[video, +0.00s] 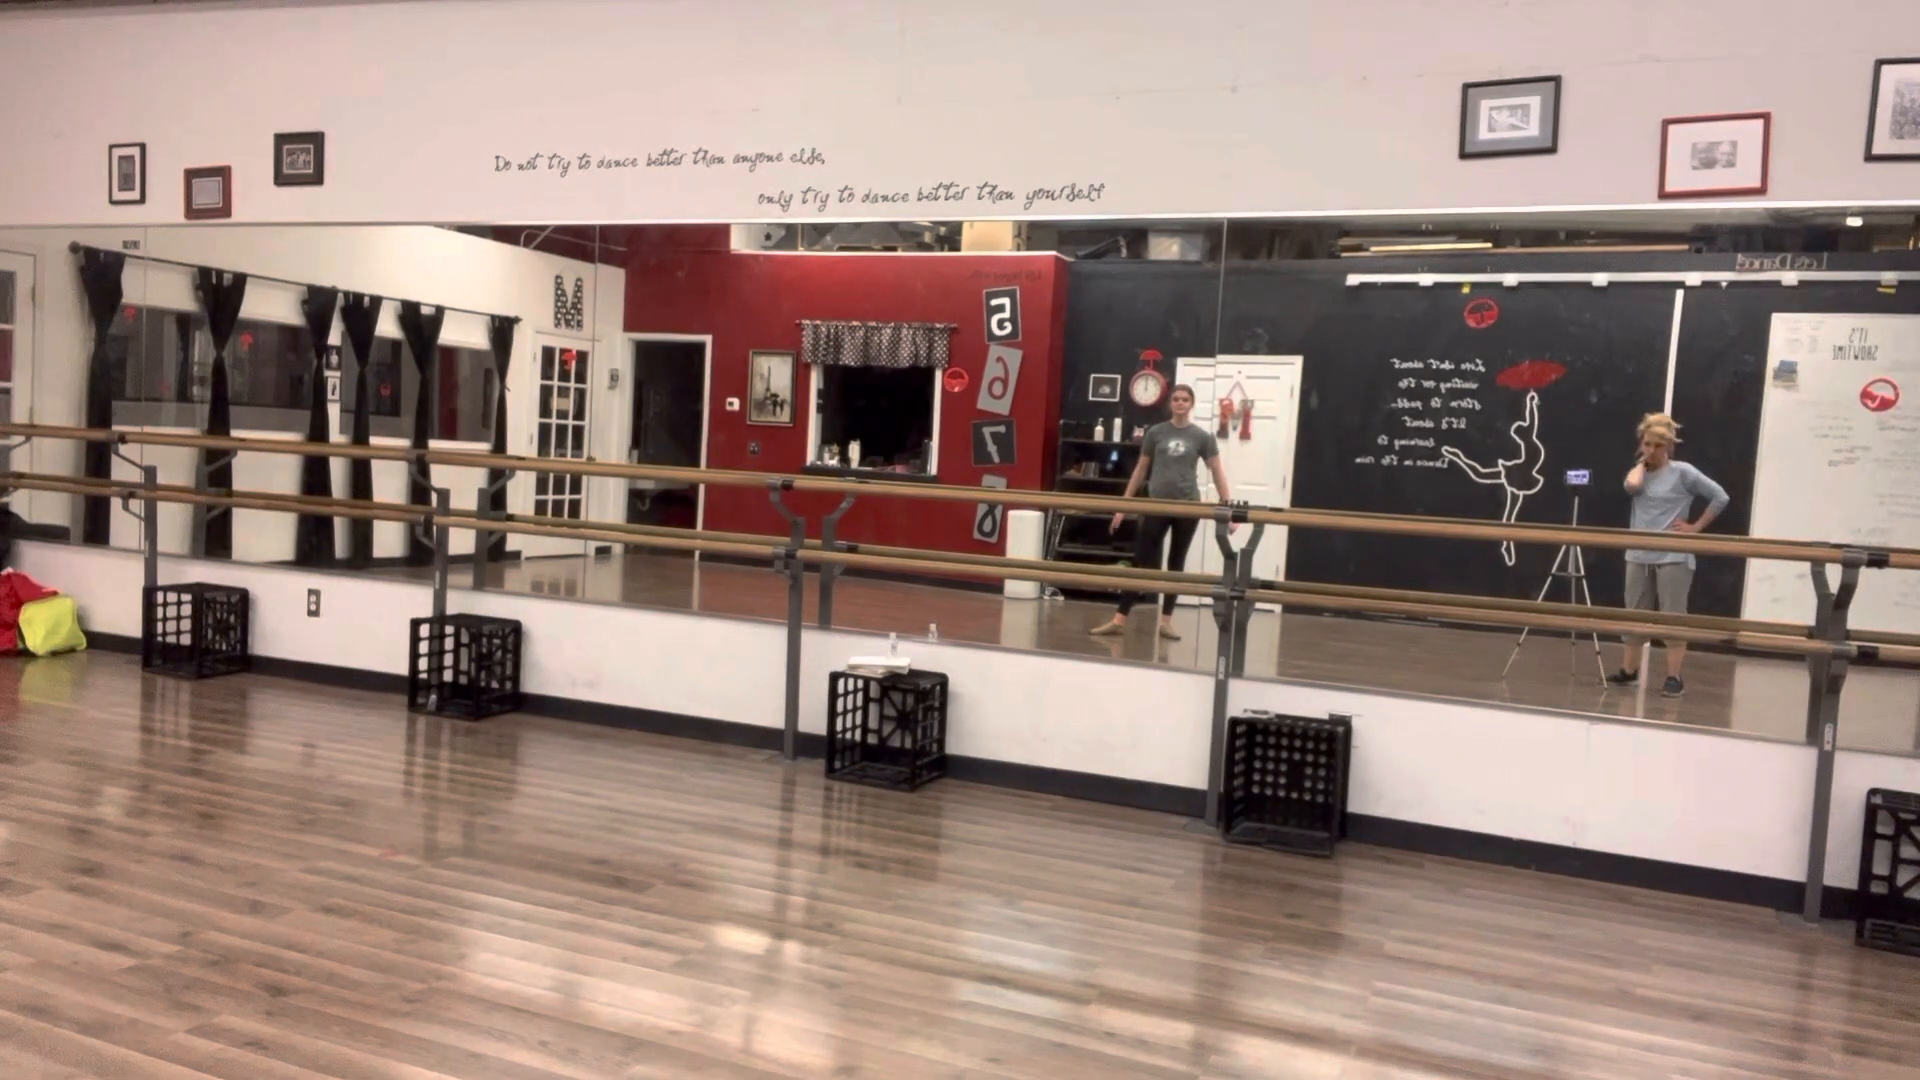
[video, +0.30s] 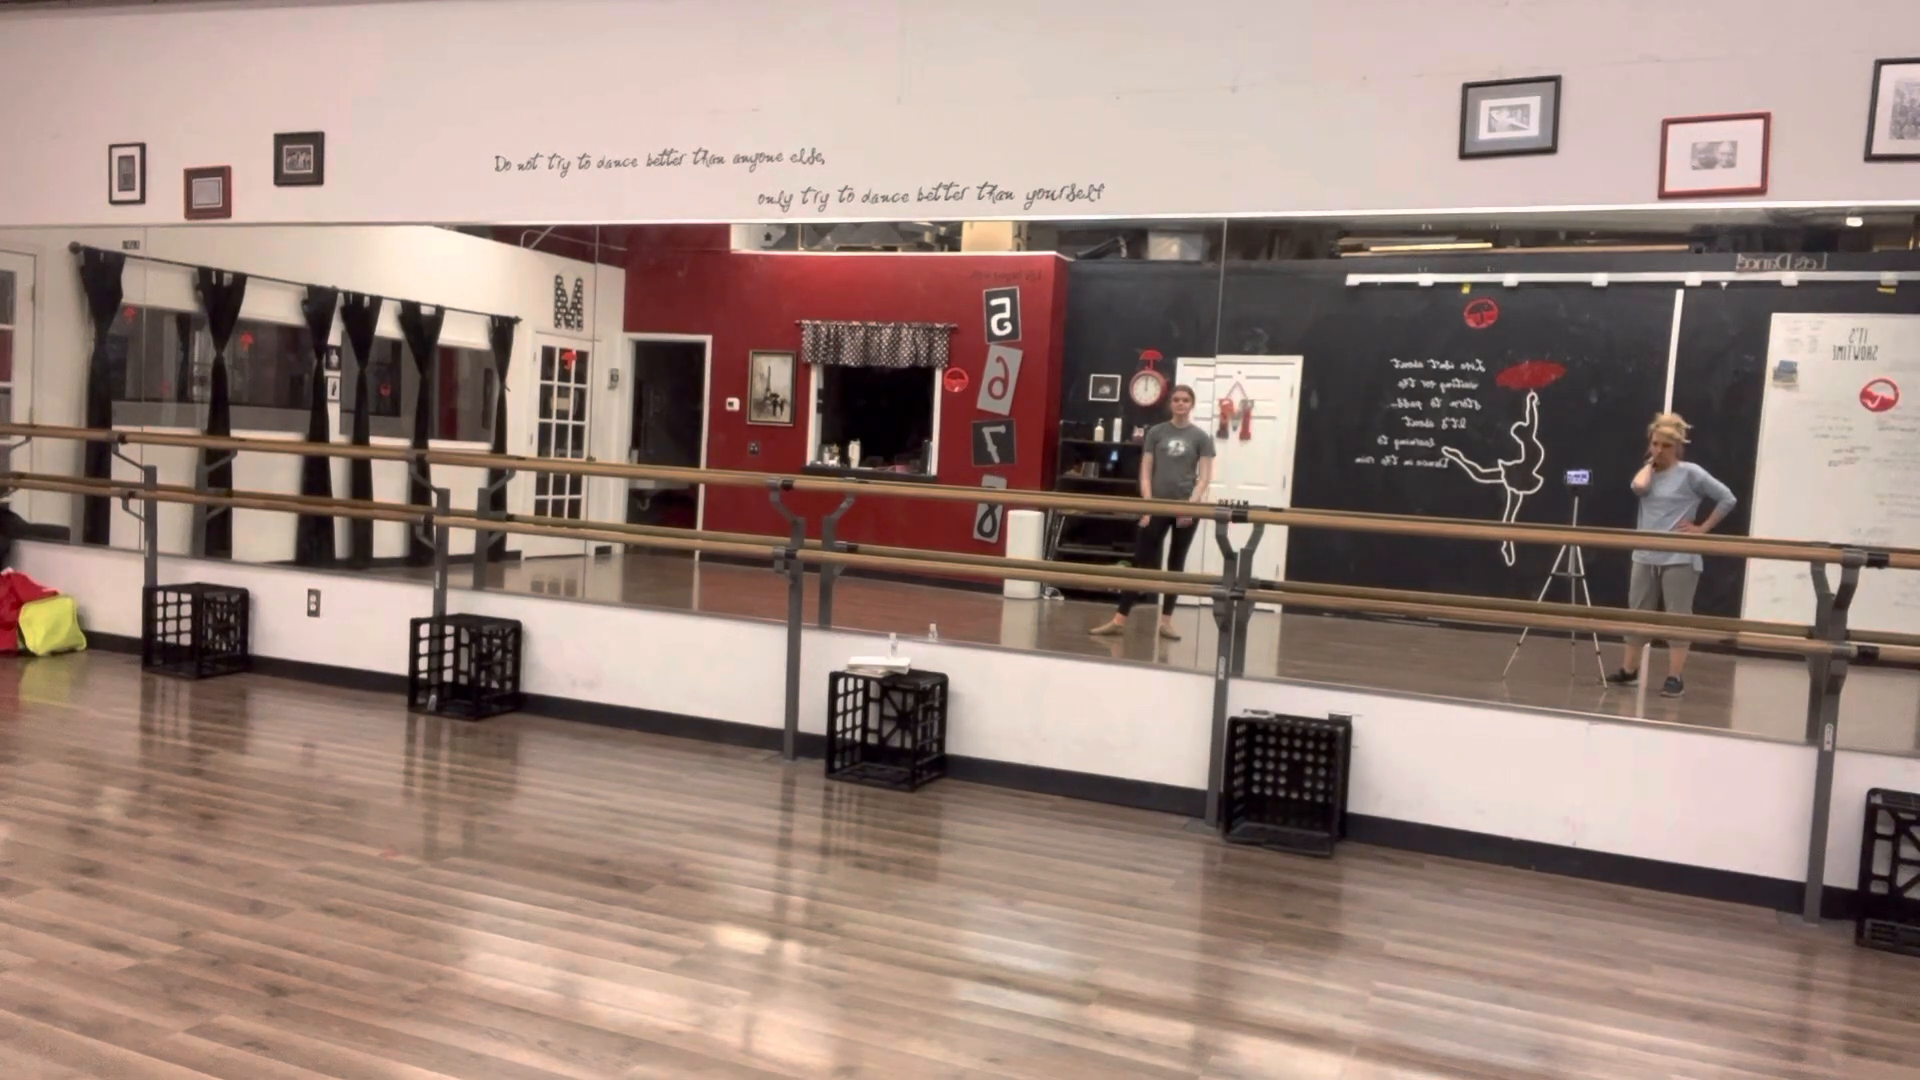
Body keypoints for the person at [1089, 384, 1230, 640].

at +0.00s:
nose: (1180, 403)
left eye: (1185, 400)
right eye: (1176, 399)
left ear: (1192, 405)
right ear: (1170, 403)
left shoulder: (1202, 436)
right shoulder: (1155, 433)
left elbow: (1217, 473)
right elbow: (1140, 471)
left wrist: (1227, 507)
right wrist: (1123, 507)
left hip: (1187, 509)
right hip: (1156, 506)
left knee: (1176, 563)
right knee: (1141, 559)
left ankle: (1165, 620)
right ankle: (1120, 618)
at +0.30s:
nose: (1180, 404)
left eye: (1185, 400)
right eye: (1176, 400)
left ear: (1192, 405)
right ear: (1170, 403)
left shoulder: (1202, 438)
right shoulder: (1155, 432)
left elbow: (1204, 478)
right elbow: (1145, 472)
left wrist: (1191, 507)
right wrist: (1148, 507)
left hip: (1185, 509)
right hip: (1157, 506)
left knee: (1176, 564)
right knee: (1141, 560)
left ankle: (1166, 620)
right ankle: (1120, 617)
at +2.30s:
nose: (1184, 406)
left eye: (1188, 402)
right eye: (1180, 402)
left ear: (1192, 406)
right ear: (1170, 404)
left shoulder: (1199, 435)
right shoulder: (1153, 433)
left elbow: (1215, 471)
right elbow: (1138, 469)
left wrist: (1227, 503)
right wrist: (1119, 505)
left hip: (1186, 508)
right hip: (1155, 506)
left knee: (1175, 564)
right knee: (1141, 559)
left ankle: (1166, 620)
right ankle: (1119, 618)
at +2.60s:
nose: (1186, 407)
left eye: (1189, 403)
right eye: (1182, 403)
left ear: (1192, 406)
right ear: (1170, 404)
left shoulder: (1200, 437)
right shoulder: (1153, 432)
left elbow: (1206, 478)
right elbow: (1142, 471)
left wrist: (1203, 512)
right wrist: (1137, 507)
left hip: (1184, 508)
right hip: (1154, 506)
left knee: (1175, 565)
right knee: (1140, 560)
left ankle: (1166, 619)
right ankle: (1120, 617)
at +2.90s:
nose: (1185, 406)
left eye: (1187, 402)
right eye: (1180, 402)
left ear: (1191, 405)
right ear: (1170, 404)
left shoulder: (1199, 436)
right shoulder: (1152, 433)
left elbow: (1201, 477)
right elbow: (1146, 474)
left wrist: (1177, 505)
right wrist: (1156, 507)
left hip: (1184, 508)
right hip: (1155, 504)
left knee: (1174, 562)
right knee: (1140, 558)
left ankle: (1165, 619)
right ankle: (1119, 616)